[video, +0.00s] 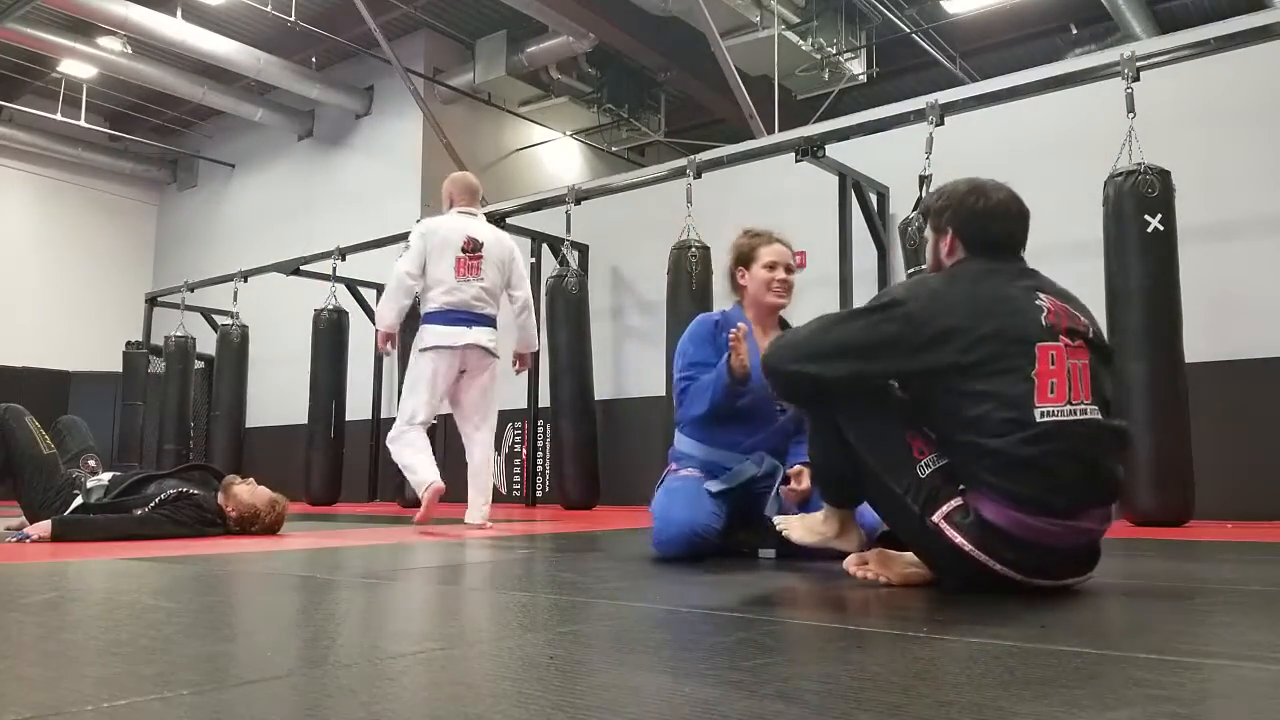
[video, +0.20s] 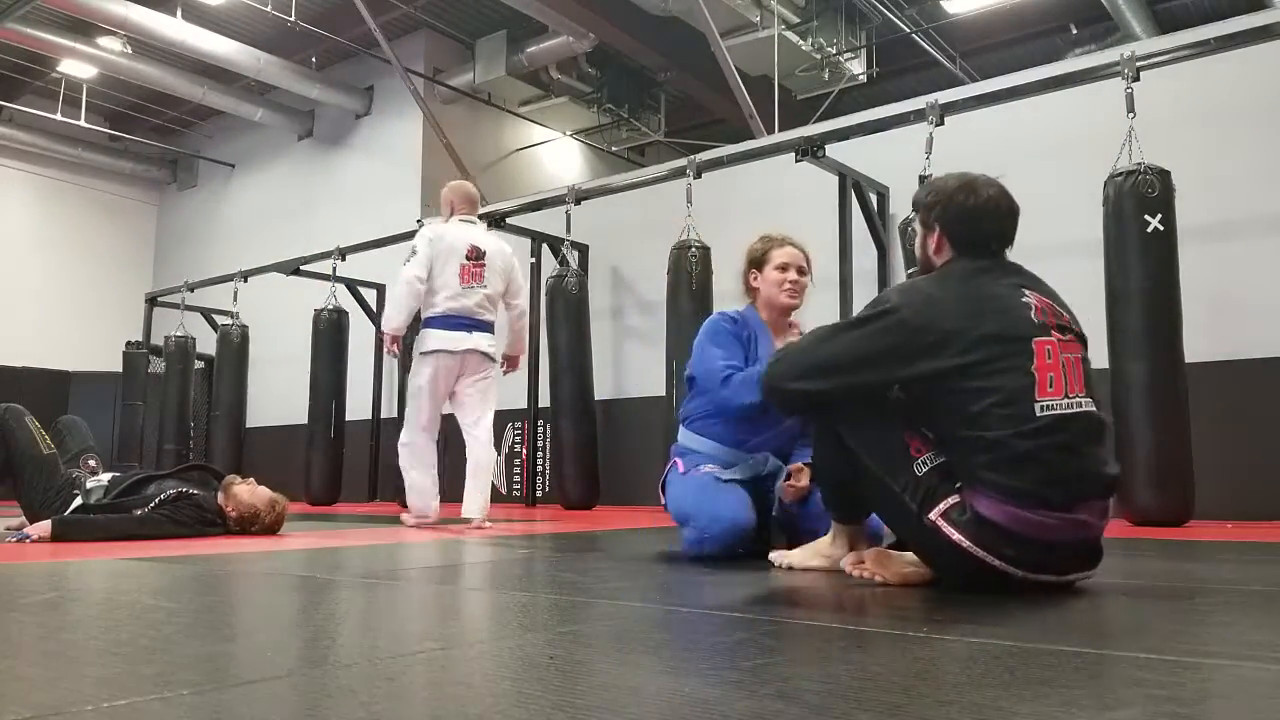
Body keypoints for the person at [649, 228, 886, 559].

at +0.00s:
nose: (782, 277)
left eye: (788, 270)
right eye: (770, 268)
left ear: (795, 280)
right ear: (742, 276)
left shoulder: (799, 345)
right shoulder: (708, 329)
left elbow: (803, 421)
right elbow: (688, 405)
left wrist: (800, 461)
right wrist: (731, 374)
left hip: (777, 476)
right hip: (702, 472)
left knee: (867, 525)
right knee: (680, 537)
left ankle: (764, 532)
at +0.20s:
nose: (794, 278)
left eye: (802, 272)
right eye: (782, 269)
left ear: (808, 283)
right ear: (755, 279)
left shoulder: (807, 349)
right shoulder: (722, 328)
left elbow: (811, 421)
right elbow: (728, 392)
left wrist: (802, 462)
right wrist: (786, 362)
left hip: (779, 470)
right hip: (708, 466)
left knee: (867, 530)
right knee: (729, 531)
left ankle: (782, 524)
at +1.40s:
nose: (762, 276)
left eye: (764, 266)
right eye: (747, 270)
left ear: (770, 269)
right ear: (717, 281)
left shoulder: (792, 341)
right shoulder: (690, 344)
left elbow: (824, 407)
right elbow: (677, 435)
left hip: (773, 474)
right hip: (701, 475)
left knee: (875, 526)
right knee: (732, 533)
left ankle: (774, 530)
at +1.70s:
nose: (808, 281)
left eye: (812, 272)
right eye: (795, 271)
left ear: (818, 276)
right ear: (762, 280)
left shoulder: (820, 346)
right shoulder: (719, 338)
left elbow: (852, 415)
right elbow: (663, 421)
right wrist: (684, 416)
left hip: (778, 475)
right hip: (704, 472)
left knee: (876, 529)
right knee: (732, 537)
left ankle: (783, 527)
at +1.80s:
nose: (827, 284)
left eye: (830, 276)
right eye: (814, 273)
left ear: (833, 281)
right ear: (779, 280)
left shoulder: (828, 349)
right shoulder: (731, 334)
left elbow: (852, 414)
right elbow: (681, 417)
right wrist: (713, 405)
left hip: (779, 475)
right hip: (705, 469)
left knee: (876, 529)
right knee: (731, 538)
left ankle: (777, 524)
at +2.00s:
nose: (846, 289)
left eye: (848, 279)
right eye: (837, 276)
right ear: (799, 273)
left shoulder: (835, 342)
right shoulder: (741, 331)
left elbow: (860, 412)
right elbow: (744, 404)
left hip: (788, 466)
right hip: (710, 461)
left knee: (881, 532)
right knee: (730, 539)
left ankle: (783, 519)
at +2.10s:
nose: (847, 290)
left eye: (848, 280)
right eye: (838, 277)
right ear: (801, 273)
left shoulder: (836, 342)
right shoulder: (741, 332)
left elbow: (861, 414)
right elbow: (769, 406)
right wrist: (838, 381)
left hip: (790, 465)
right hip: (711, 460)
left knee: (880, 532)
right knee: (731, 540)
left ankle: (783, 525)